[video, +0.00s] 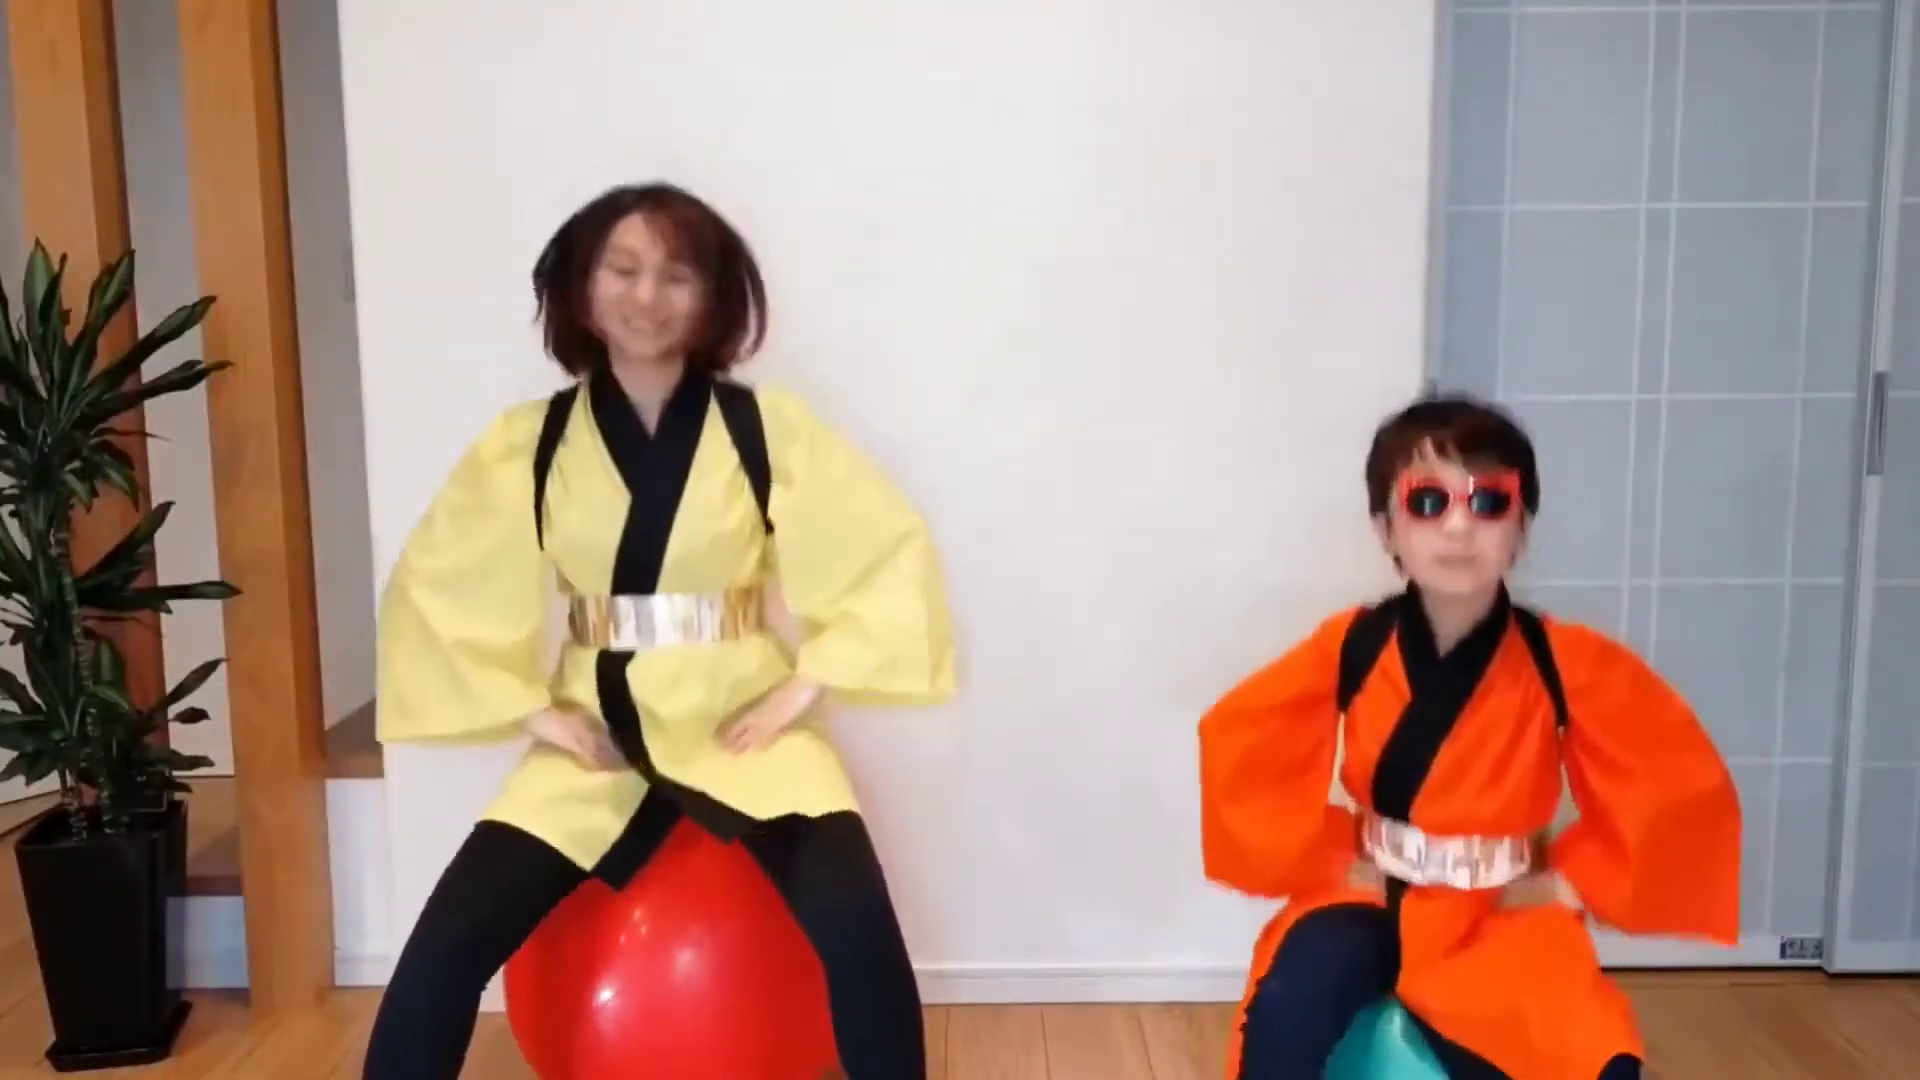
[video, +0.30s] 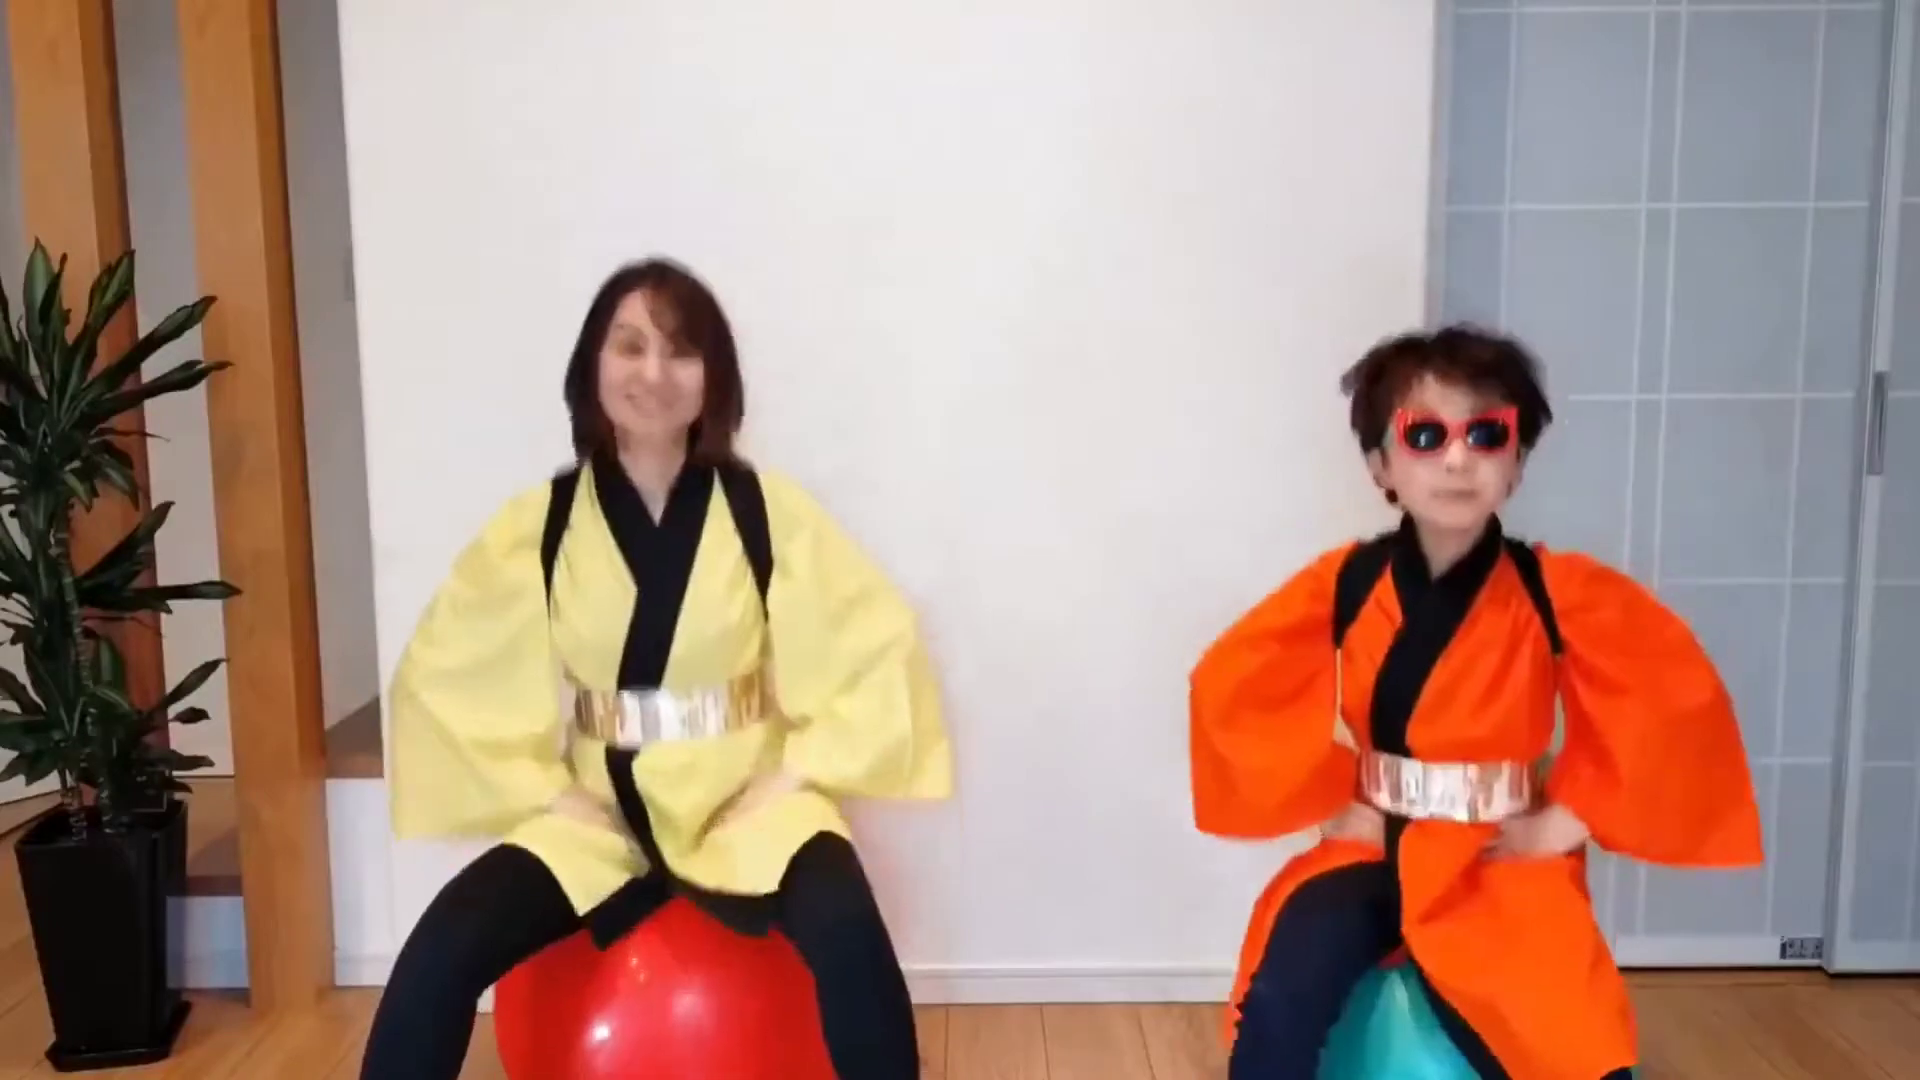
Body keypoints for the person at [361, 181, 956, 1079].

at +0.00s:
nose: (646, 295)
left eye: (677, 275)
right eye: (621, 270)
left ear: (713, 301)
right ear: (580, 291)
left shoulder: (765, 429)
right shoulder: (529, 442)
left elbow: (892, 556)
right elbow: (429, 591)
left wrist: (809, 682)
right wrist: (534, 708)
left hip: (754, 732)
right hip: (590, 744)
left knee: (860, 925)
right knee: (443, 947)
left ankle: (890, 1076)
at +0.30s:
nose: (652, 370)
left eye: (681, 350)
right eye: (629, 345)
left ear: (712, 375)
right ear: (592, 366)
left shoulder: (763, 509)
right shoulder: (543, 520)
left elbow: (878, 642)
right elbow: (441, 672)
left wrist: (800, 775)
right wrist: (549, 790)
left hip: (750, 808)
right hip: (594, 817)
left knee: (848, 926)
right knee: (445, 943)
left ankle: (885, 1070)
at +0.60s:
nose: (664, 339)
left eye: (692, 320)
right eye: (641, 310)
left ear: (724, 342)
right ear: (596, 325)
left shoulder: (767, 467)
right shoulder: (530, 476)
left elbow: (878, 599)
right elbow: (433, 624)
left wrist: (781, 725)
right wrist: (539, 735)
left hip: (750, 764)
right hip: (589, 770)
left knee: (856, 929)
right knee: (434, 946)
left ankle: (886, 1070)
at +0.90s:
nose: (666, 331)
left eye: (691, 309)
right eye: (640, 305)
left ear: (722, 332)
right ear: (600, 323)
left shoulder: (768, 471)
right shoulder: (535, 477)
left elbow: (872, 620)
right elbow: (434, 625)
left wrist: (775, 739)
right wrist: (545, 754)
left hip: (747, 775)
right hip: (587, 781)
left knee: (848, 935)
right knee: (431, 955)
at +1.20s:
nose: (675, 383)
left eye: (702, 362)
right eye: (650, 358)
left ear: (728, 386)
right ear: (603, 375)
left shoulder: (765, 524)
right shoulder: (540, 521)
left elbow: (808, 643)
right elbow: (456, 644)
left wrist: (836, 698)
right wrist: (390, 738)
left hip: (742, 805)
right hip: (591, 814)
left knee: (844, 905)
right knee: (434, 941)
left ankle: (885, 1073)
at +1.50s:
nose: (708, 306)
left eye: (736, 285)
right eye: (684, 277)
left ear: (766, 312)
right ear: (639, 289)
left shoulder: (783, 446)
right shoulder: (564, 411)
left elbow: (870, 580)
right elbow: (441, 474)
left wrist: (812, 600)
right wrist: (421, 507)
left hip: (734, 732)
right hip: (581, 736)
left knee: (846, 907)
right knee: (425, 937)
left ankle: (900, 1074)